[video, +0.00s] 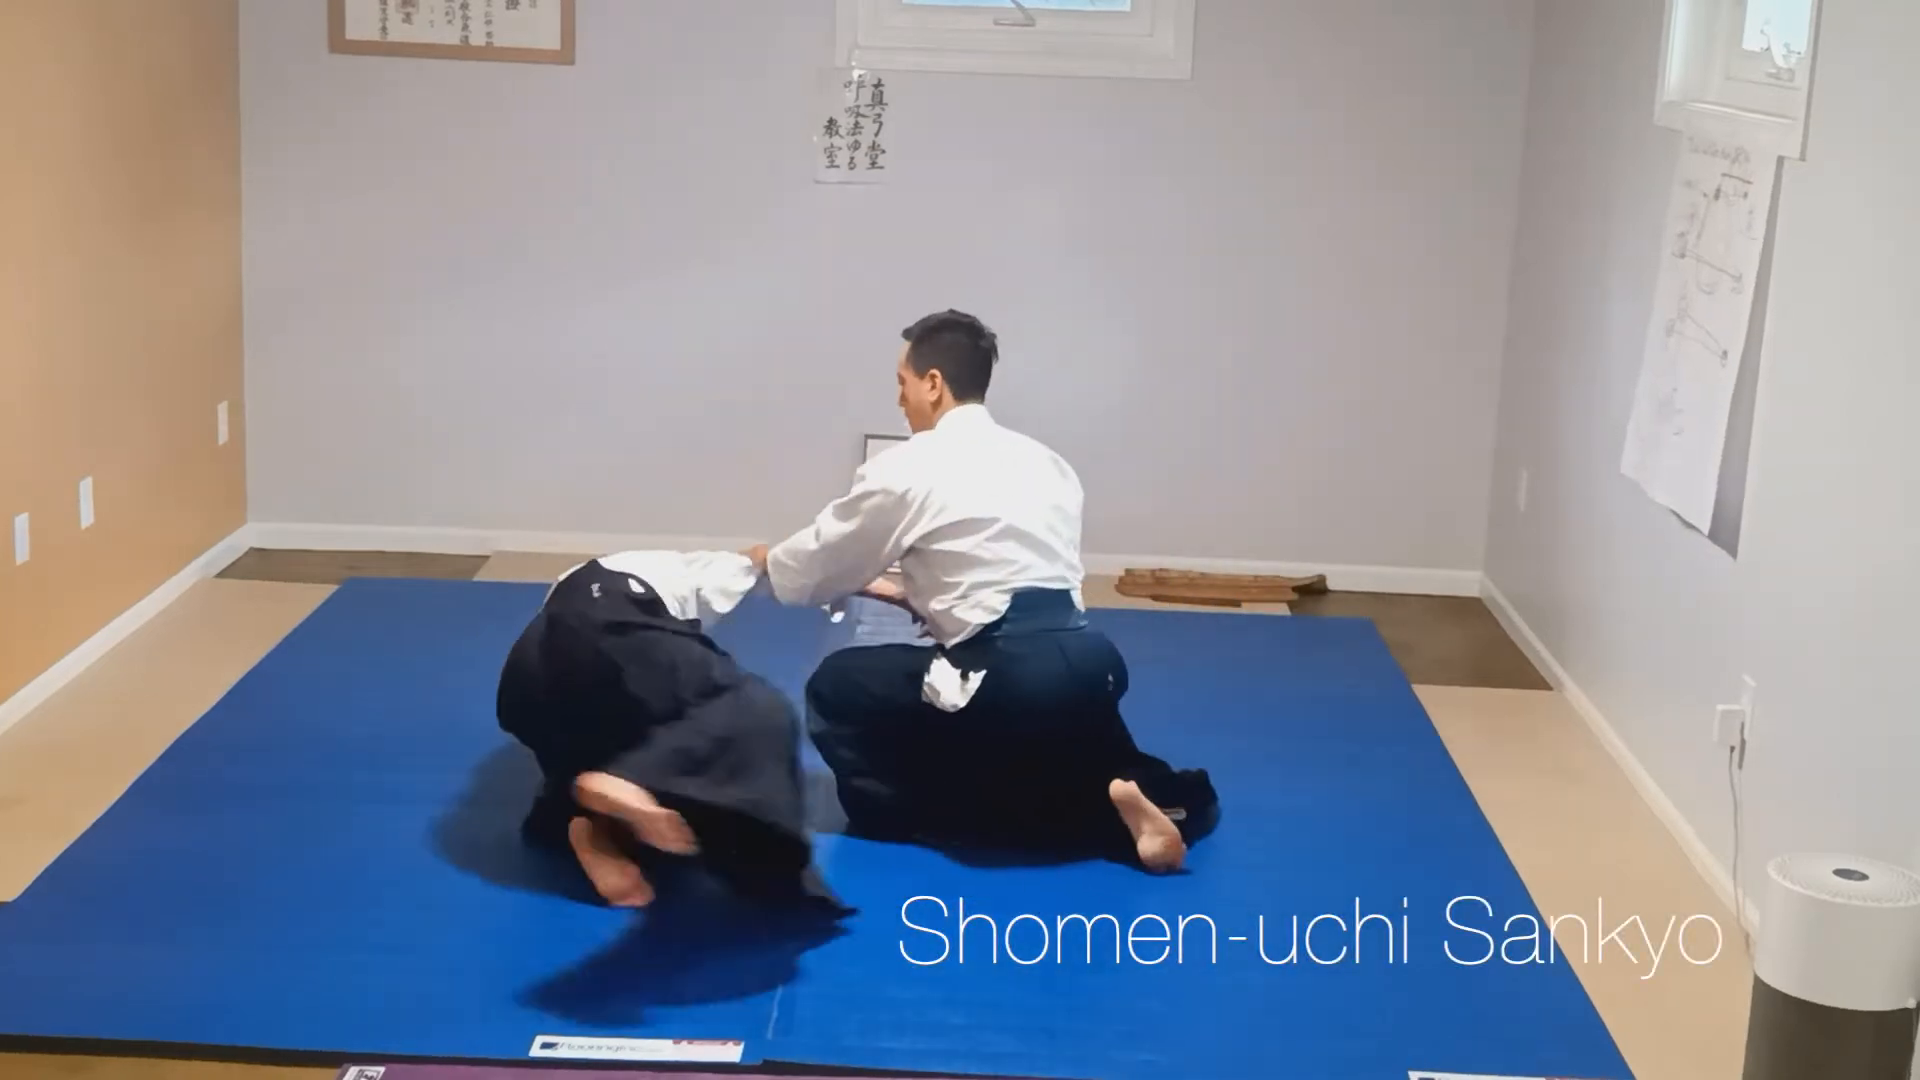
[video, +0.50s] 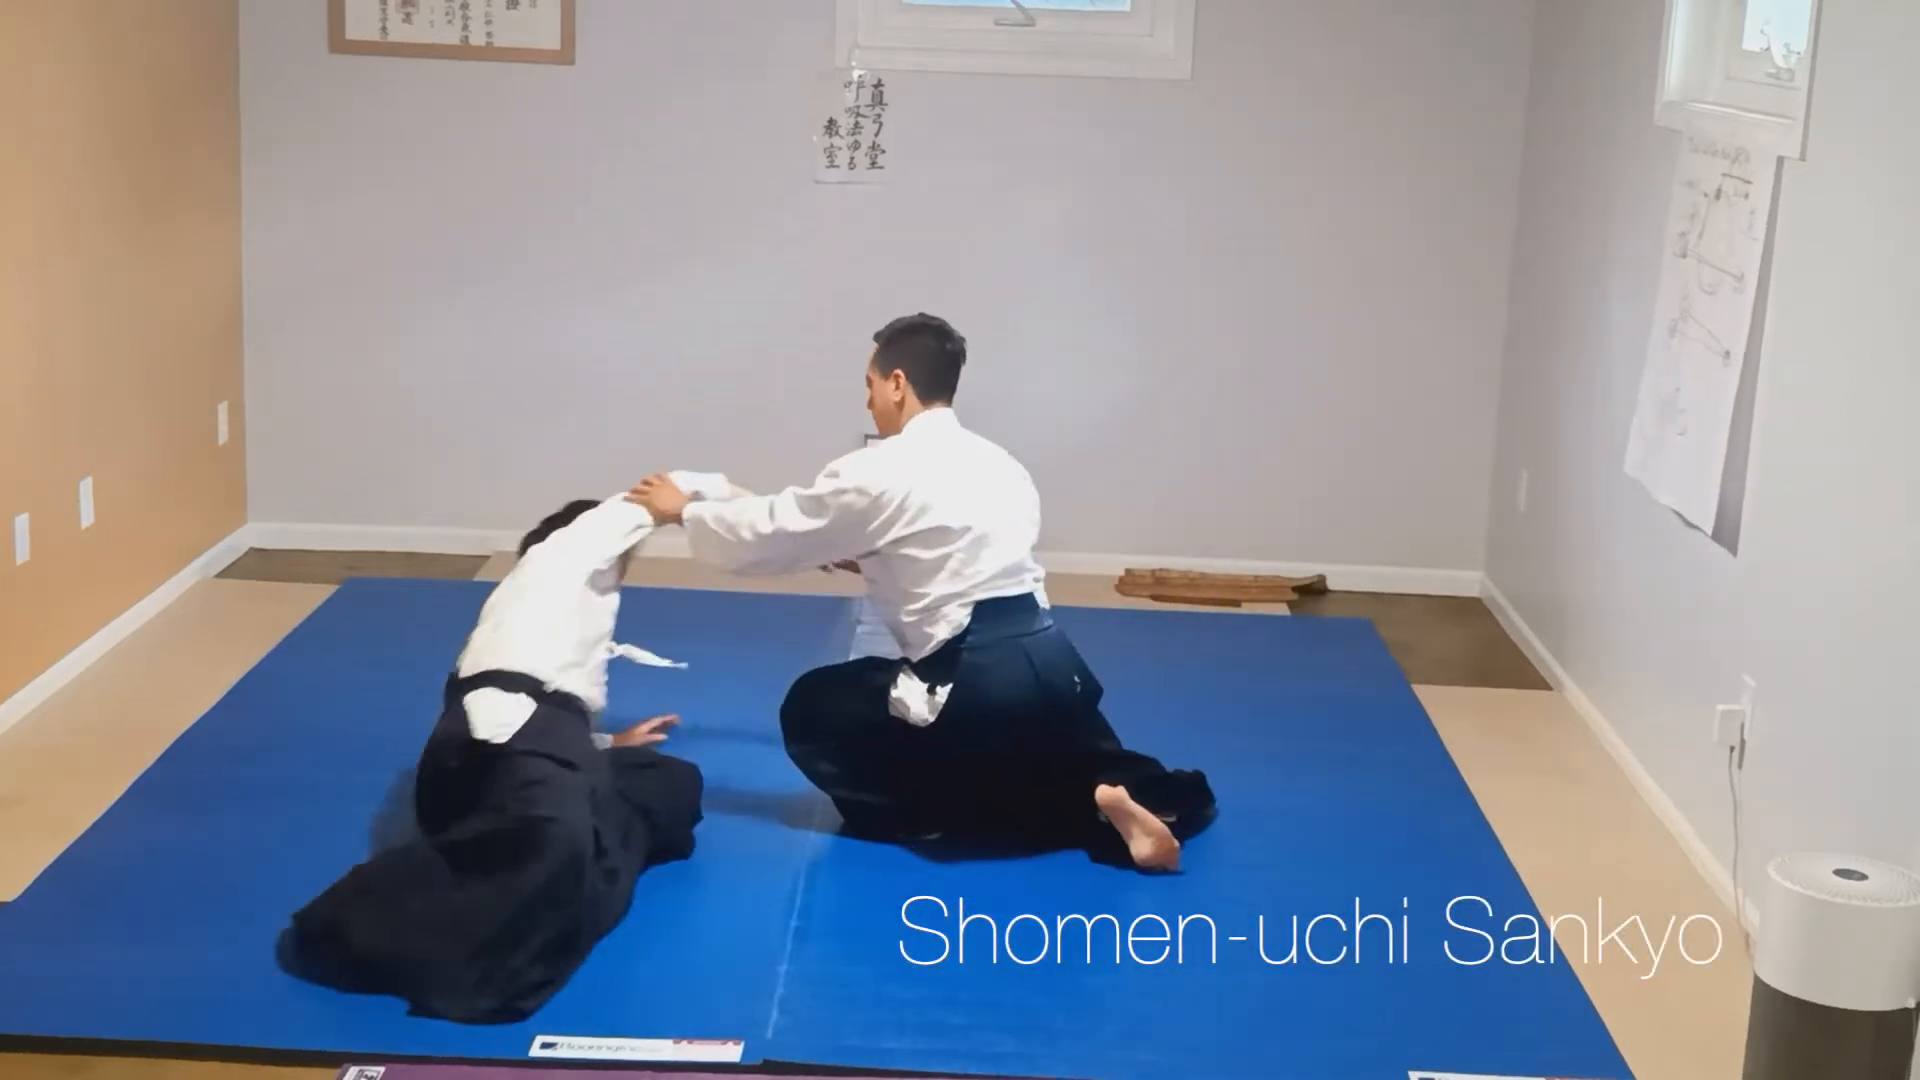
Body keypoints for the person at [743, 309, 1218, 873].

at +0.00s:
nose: (900, 398)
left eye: (903, 383)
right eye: (900, 383)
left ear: (933, 384)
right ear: (977, 387)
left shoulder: (907, 469)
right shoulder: (1051, 464)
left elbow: (809, 568)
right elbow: (1011, 586)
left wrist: (769, 561)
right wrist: (904, 590)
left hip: (997, 675)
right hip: (1089, 664)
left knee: (835, 684)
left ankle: (893, 807)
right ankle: (1151, 802)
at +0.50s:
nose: (869, 401)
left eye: (871, 386)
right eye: (871, 385)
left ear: (895, 385)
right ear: (947, 387)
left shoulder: (880, 473)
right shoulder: (1005, 466)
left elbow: (768, 529)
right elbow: (960, 557)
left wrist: (686, 511)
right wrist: (870, 564)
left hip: (966, 693)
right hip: (1060, 680)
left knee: (810, 705)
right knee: (1098, 766)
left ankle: (920, 810)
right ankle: (1135, 800)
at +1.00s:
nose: (815, 405)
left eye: (814, 389)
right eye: (814, 388)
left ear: (837, 384)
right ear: (886, 384)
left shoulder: (833, 475)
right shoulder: (935, 452)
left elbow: (732, 547)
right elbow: (821, 512)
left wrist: (657, 512)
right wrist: (722, 499)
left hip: (917, 689)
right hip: (1009, 679)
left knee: (781, 753)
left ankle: (883, 796)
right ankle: (1082, 809)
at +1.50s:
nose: (708, 372)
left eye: (703, 362)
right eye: (702, 363)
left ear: (723, 346)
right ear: (772, 327)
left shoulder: (733, 424)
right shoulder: (840, 383)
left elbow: (687, 518)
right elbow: (782, 446)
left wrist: (673, 455)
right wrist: (693, 419)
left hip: (848, 609)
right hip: (916, 573)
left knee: (770, 790)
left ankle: (896, 799)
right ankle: (934, 771)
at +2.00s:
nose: (699, 388)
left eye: (702, 372)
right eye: (691, 377)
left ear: (740, 347)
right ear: (740, 347)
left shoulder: (794, 404)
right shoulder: (744, 412)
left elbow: (811, 515)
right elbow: (708, 482)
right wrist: (666, 538)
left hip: (851, 602)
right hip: (799, 597)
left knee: (789, 737)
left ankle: (948, 746)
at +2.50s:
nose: (709, 358)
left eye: (720, 343)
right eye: (695, 346)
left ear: (733, 320)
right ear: (665, 329)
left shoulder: (776, 361)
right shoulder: (626, 389)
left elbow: (850, 411)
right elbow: (639, 504)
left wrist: (838, 502)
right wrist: (697, 589)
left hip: (749, 548)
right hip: (659, 557)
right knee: (654, 678)